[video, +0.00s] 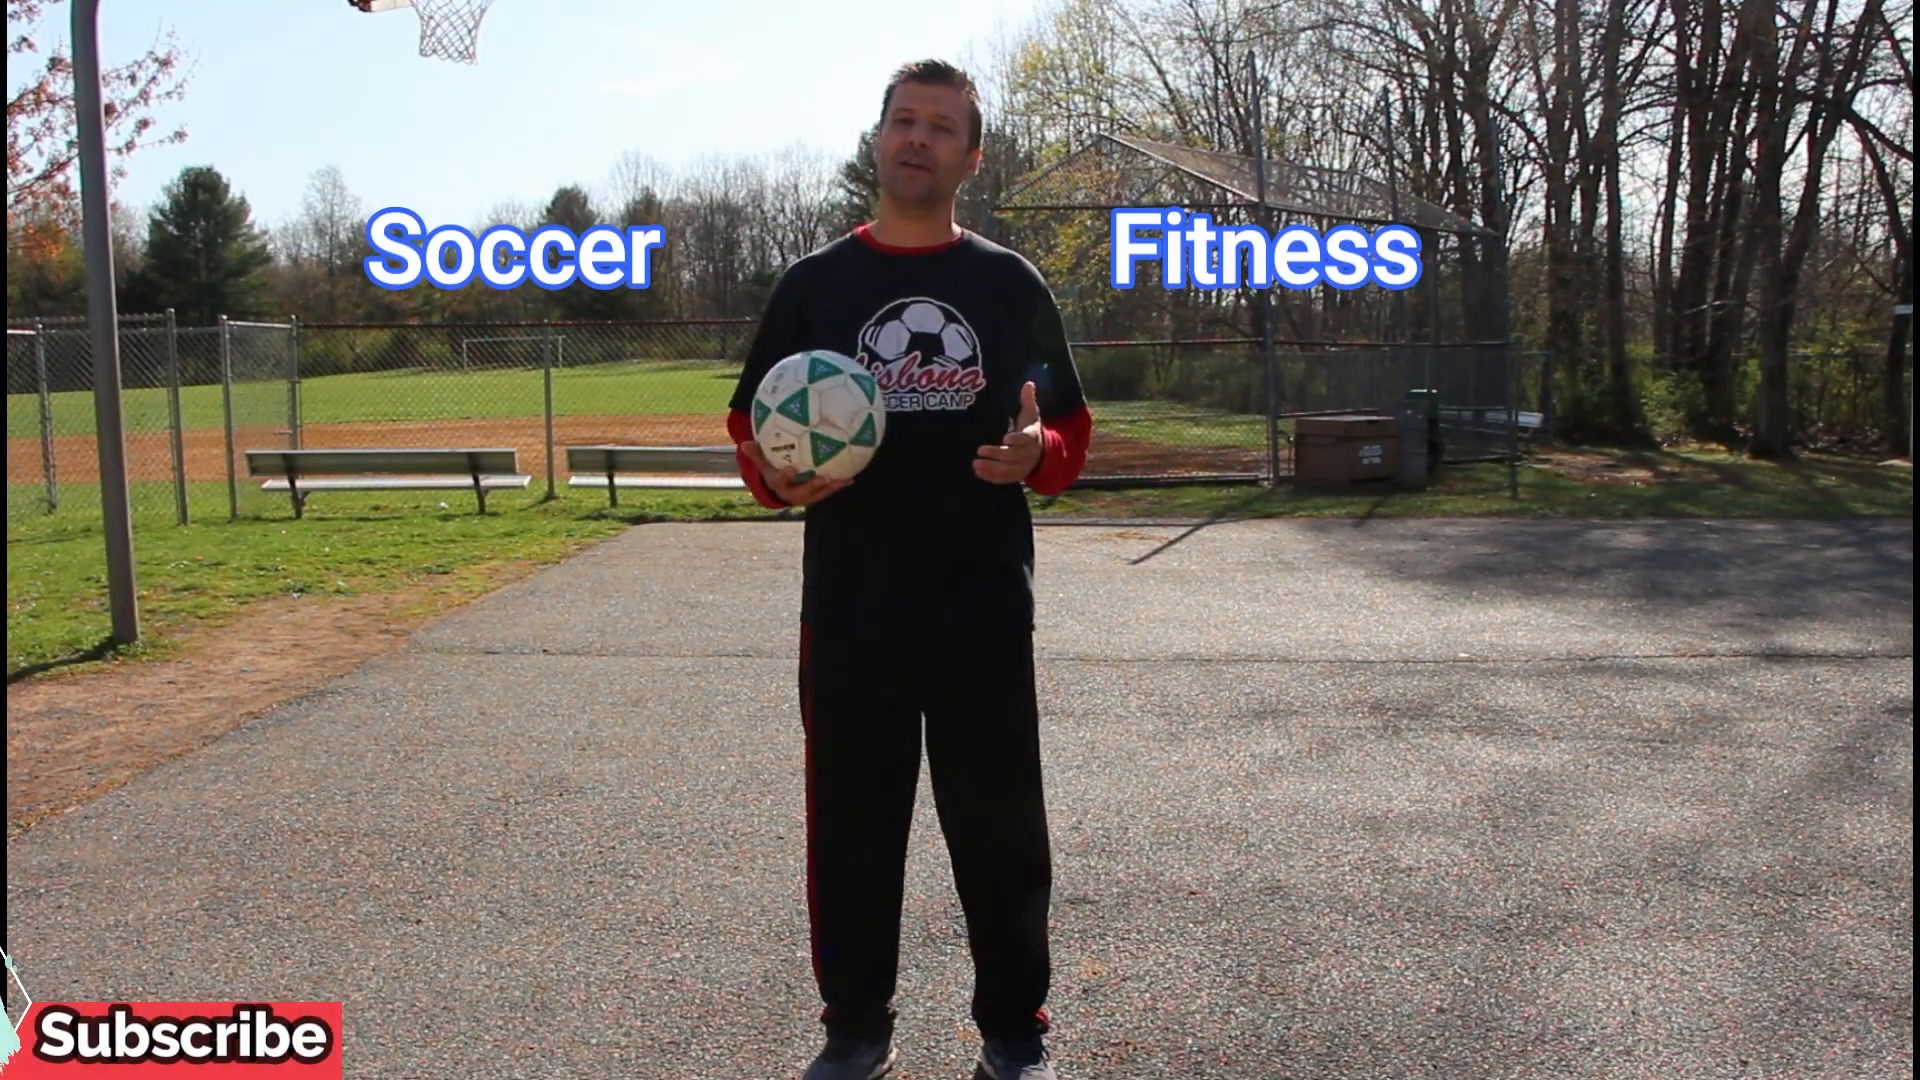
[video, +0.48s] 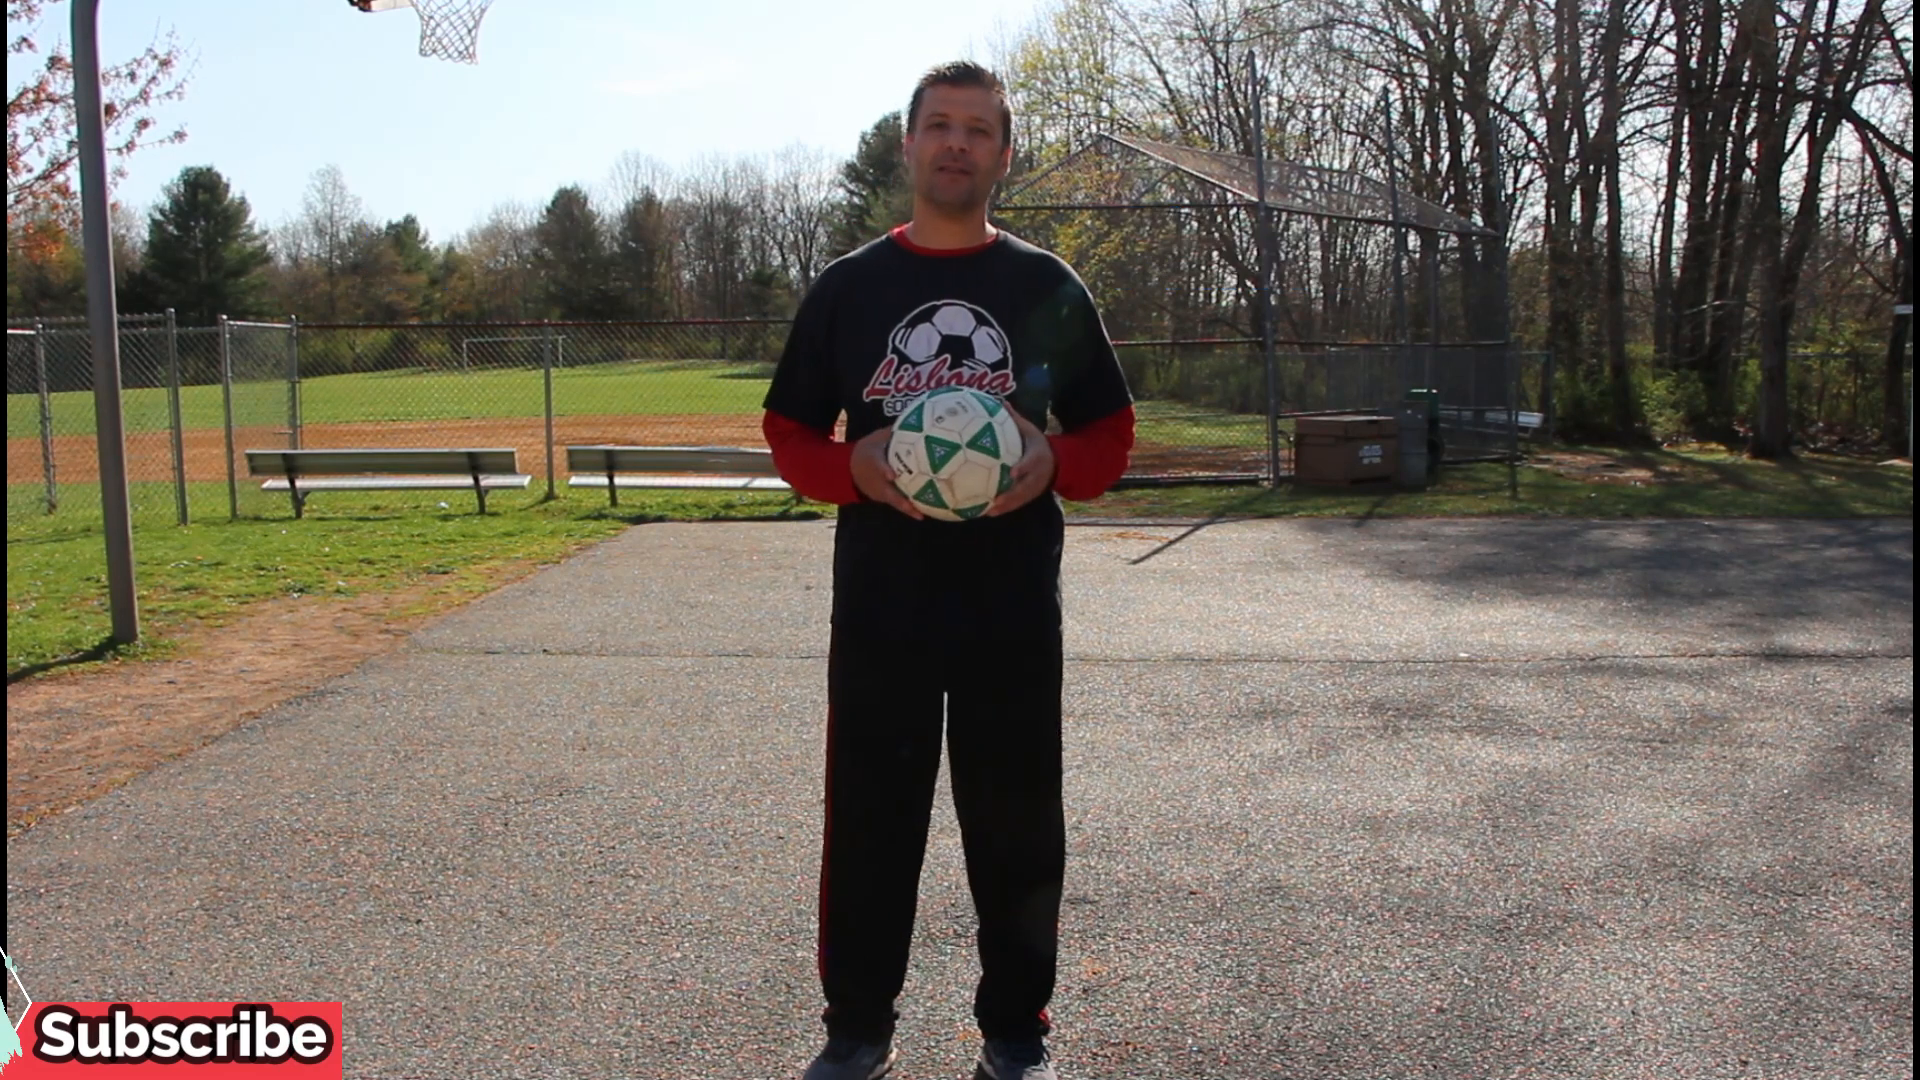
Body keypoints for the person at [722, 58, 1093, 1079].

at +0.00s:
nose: (919, 139)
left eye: (943, 128)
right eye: (905, 121)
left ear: (971, 157)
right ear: (876, 139)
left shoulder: (1010, 283)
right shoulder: (811, 284)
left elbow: (1070, 427)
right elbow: (755, 418)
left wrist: (1040, 451)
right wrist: (773, 476)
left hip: (981, 598)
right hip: (851, 596)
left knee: (998, 817)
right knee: (850, 819)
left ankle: (1015, 1029)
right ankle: (853, 1028)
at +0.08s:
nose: (926, 139)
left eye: (950, 129)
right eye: (911, 121)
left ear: (977, 159)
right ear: (880, 141)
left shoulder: (1014, 284)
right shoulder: (815, 284)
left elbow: (1073, 426)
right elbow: (759, 419)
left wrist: (1038, 448)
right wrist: (786, 481)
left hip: (984, 598)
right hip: (855, 597)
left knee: (1002, 819)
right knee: (851, 821)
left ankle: (1014, 1030)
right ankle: (853, 1029)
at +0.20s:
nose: (935, 143)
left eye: (959, 131)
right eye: (919, 124)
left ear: (986, 160)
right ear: (889, 142)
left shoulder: (1025, 285)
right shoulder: (824, 286)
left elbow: (1079, 429)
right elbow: (774, 422)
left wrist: (1028, 454)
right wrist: (817, 478)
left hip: (991, 599)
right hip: (862, 599)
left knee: (1007, 817)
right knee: (858, 818)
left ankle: (1014, 1028)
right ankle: (854, 1027)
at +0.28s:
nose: (938, 143)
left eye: (962, 131)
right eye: (922, 124)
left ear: (990, 158)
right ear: (893, 142)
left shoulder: (1030, 285)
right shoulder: (830, 287)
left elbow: (1086, 430)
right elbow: (777, 430)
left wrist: (1028, 465)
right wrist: (833, 474)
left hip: (997, 595)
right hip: (869, 595)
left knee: (1009, 813)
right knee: (860, 814)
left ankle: (1015, 1029)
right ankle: (855, 1027)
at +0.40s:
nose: (949, 144)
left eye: (972, 131)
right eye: (932, 126)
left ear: (999, 156)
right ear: (902, 144)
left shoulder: (1044, 286)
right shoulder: (839, 287)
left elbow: (1105, 427)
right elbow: (783, 426)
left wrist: (1051, 462)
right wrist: (844, 470)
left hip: (1007, 592)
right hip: (877, 592)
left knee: (1014, 813)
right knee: (867, 812)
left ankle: (1017, 1030)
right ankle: (856, 1028)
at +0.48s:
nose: (958, 145)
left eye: (980, 131)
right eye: (939, 127)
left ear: (1005, 154)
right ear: (908, 144)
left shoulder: (1049, 285)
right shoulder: (843, 288)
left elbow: (1113, 428)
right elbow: (786, 428)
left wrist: (1055, 460)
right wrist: (846, 469)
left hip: (1012, 591)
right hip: (881, 590)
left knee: (1017, 815)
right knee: (869, 813)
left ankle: (1018, 1032)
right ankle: (856, 1028)